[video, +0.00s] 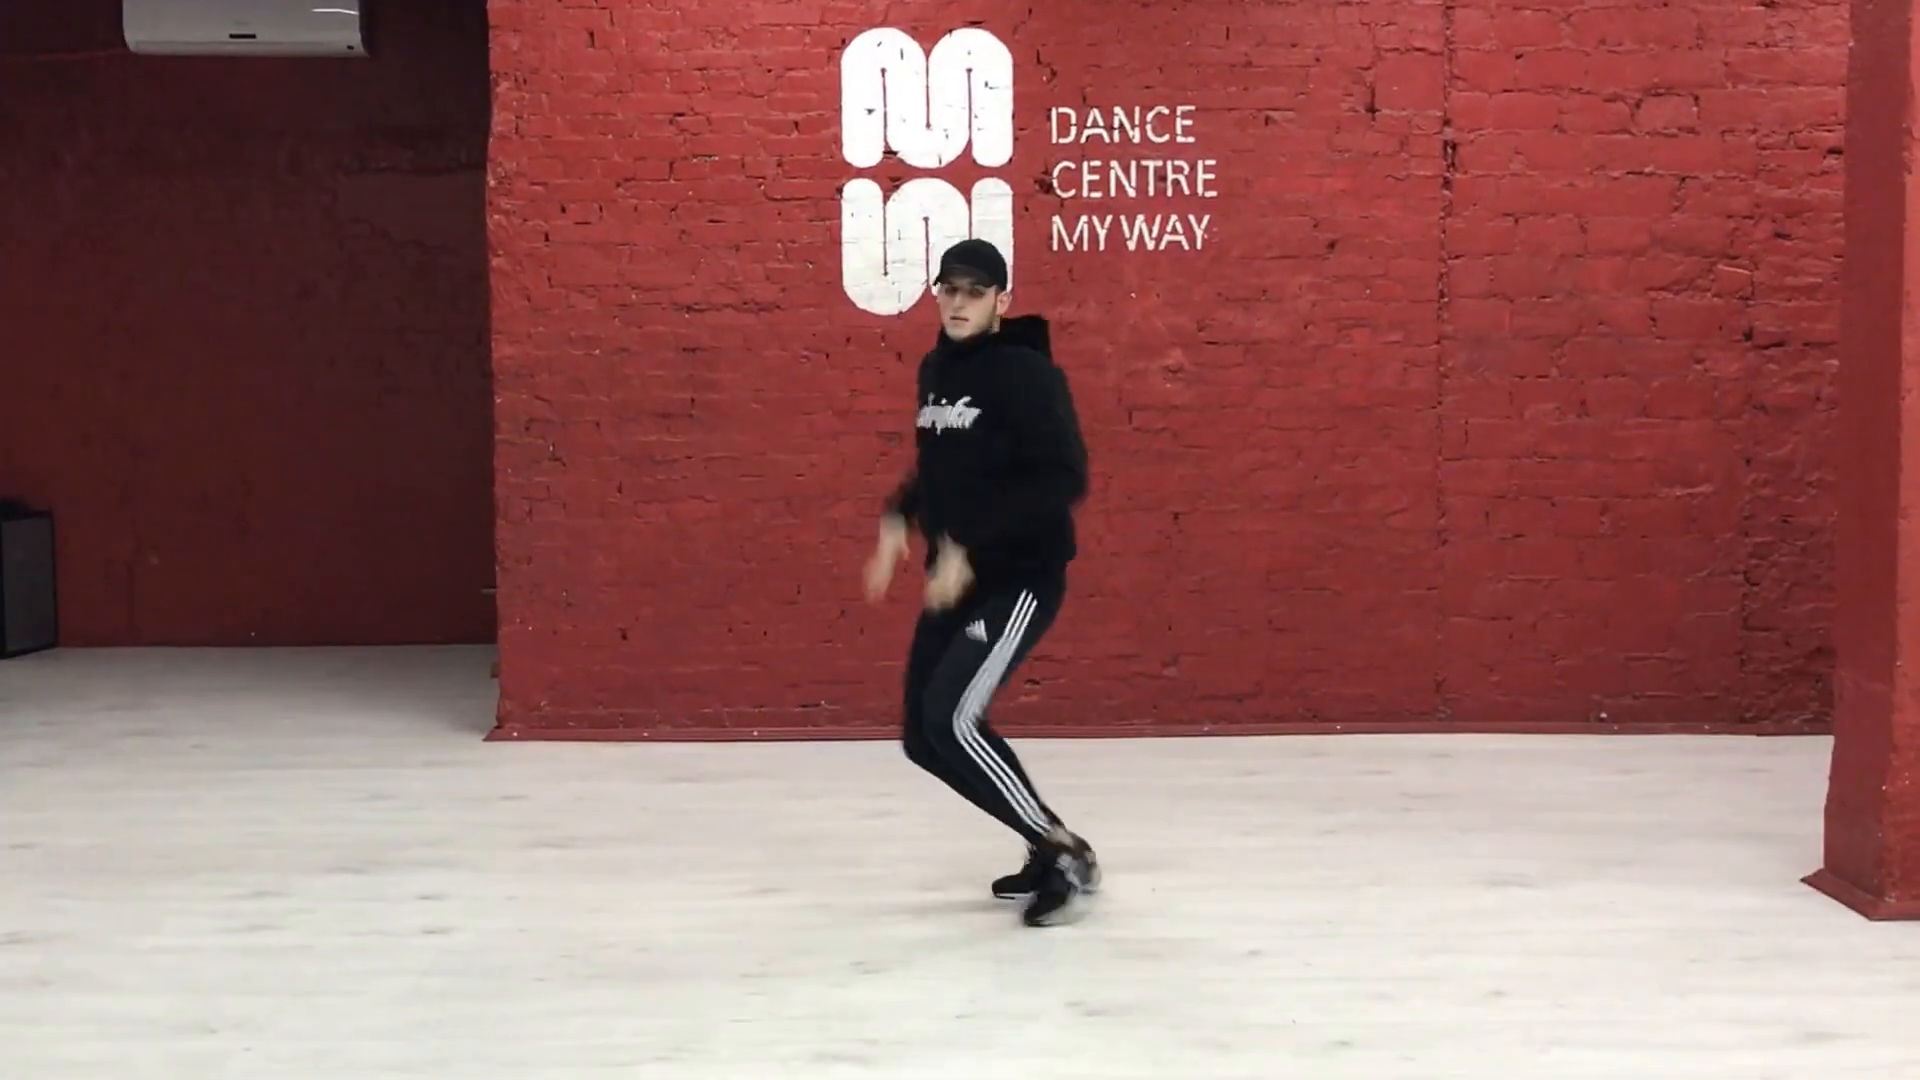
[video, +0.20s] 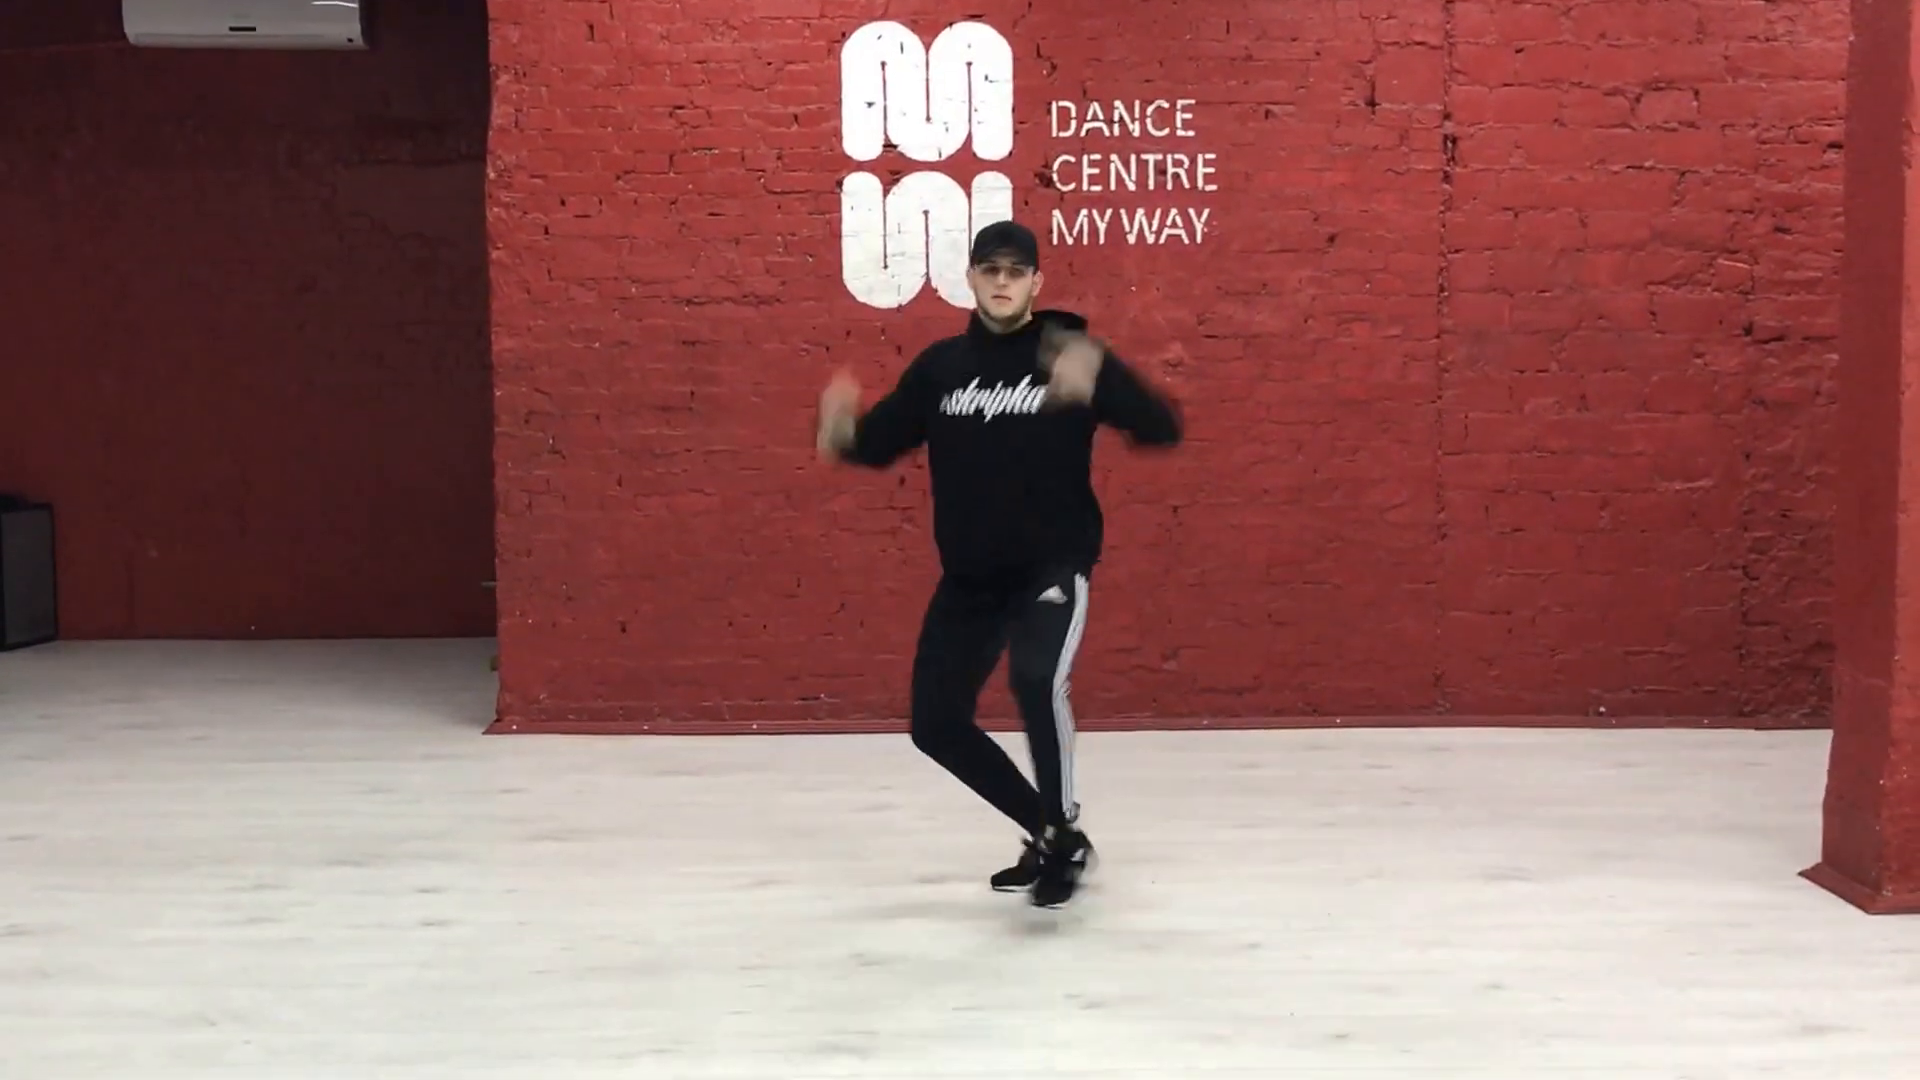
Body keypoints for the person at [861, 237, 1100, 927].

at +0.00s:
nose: (958, 303)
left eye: (974, 292)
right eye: (949, 289)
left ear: (1000, 300)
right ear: (936, 295)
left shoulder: (1029, 373)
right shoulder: (936, 370)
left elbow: (1066, 478)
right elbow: (939, 463)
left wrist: (972, 541)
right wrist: (900, 517)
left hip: (1025, 575)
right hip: (962, 572)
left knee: (950, 723)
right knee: (923, 737)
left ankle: (1062, 851)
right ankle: (1048, 844)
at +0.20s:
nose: (1003, 284)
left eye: (1017, 271)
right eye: (990, 271)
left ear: (1036, 280)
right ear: (971, 278)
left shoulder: (1072, 355)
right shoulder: (941, 364)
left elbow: (1162, 426)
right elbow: (881, 441)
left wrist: (1101, 380)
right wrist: (845, 434)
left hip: (1054, 563)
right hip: (972, 571)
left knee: (1037, 679)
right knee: (935, 725)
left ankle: (1061, 837)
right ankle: (1047, 830)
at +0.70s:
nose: (1023, 287)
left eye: (1035, 273)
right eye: (1011, 274)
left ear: (1054, 274)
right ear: (991, 277)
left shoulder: (1094, 342)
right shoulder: (956, 353)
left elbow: (1202, 374)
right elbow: (854, 407)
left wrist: (1127, 409)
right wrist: (917, 418)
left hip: (1067, 567)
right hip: (976, 570)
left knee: (1080, 702)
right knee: (951, 722)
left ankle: (1086, 871)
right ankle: (995, 817)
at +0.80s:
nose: (1020, 315)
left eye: (1031, 303)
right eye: (1008, 303)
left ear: (1050, 292)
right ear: (990, 293)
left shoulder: (1086, 331)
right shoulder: (958, 342)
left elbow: (1179, 334)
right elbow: (874, 366)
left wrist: (1117, 334)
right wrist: (930, 352)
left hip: (1062, 561)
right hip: (973, 564)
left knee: (1072, 697)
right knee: (954, 718)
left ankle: (1087, 864)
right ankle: (1000, 823)